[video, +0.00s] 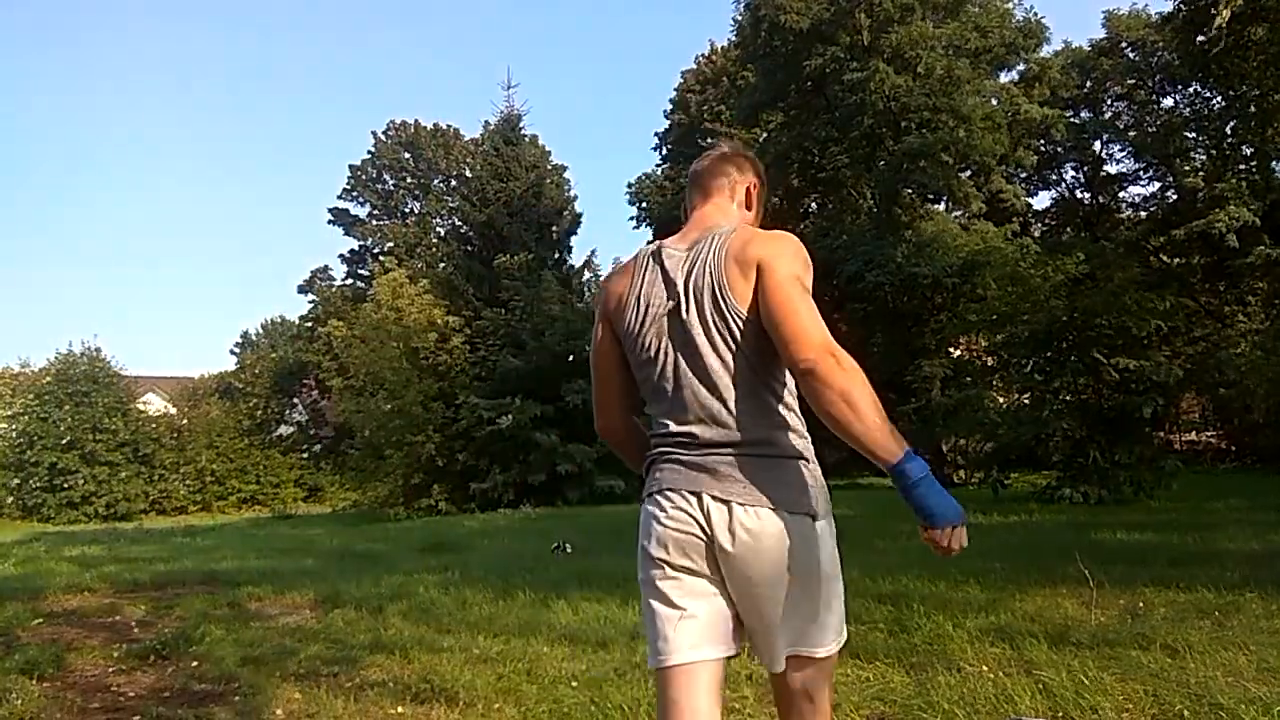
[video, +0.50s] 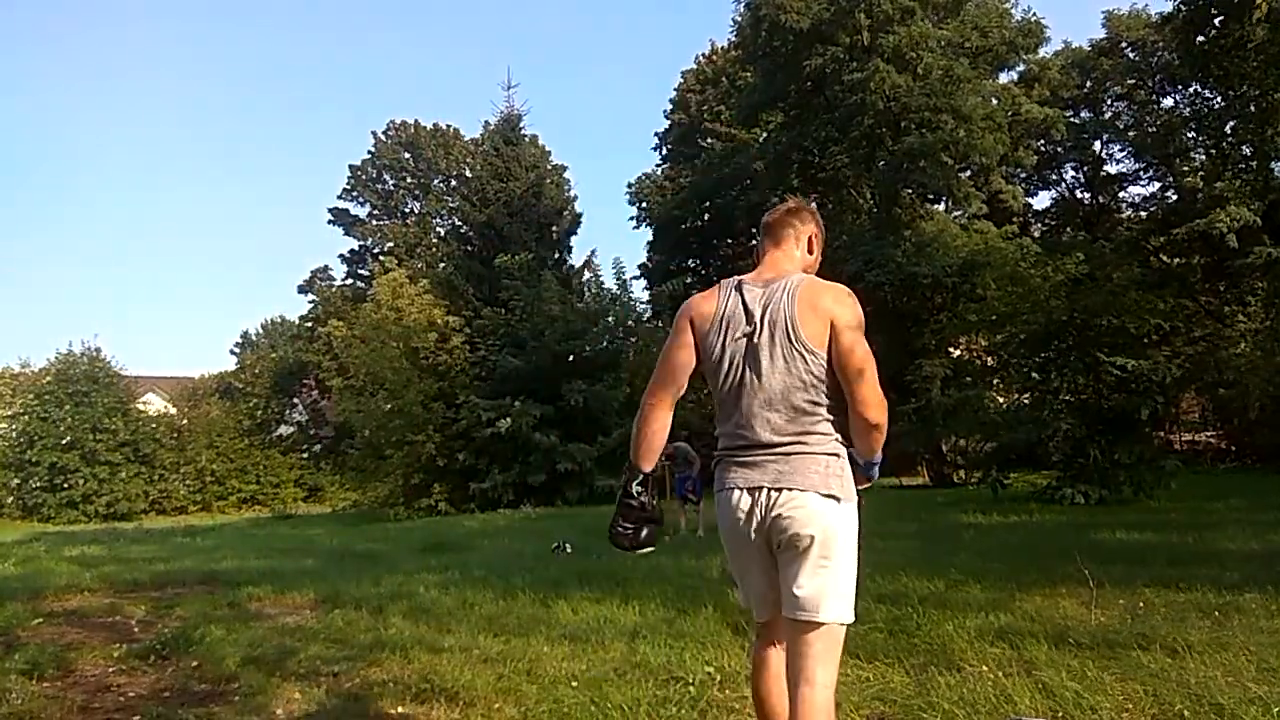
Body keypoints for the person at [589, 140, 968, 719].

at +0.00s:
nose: (756, 218)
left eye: (755, 210)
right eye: (759, 208)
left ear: (689, 200)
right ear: (747, 195)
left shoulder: (618, 284)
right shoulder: (766, 247)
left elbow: (612, 421)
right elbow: (816, 364)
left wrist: (674, 471)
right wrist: (915, 477)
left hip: (671, 507)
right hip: (775, 507)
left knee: (685, 706)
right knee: (805, 695)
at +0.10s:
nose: (777, 227)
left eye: (778, 216)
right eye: (780, 214)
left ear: (711, 210)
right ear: (769, 205)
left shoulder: (643, 289)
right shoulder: (788, 270)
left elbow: (634, 429)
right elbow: (829, 391)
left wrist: (672, 492)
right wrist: (915, 500)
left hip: (691, 512)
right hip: (790, 512)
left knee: (699, 706)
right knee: (805, 702)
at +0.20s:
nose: (793, 234)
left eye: (792, 222)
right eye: (795, 221)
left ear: (725, 216)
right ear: (783, 215)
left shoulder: (660, 290)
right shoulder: (804, 282)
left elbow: (645, 410)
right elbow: (840, 409)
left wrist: (646, 507)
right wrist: (905, 515)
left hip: (705, 507)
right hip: (797, 504)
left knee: (722, 692)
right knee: (811, 686)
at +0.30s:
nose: (801, 244)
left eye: (802, 233)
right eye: (804, 231)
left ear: (742, 221)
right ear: (796, 221)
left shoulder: (676, 291)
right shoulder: (816, 284)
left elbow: (646, 401)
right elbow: (844, 408)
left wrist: (628, 498)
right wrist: (889, 500)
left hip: (718, 501)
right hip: (804, 498)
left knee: (746, 664)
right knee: (812, 676)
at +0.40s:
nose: (812, 250)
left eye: (811, 240)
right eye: (813, 239)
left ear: (753, 231)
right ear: (803, 230)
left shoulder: (689, 294)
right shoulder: (824, 288)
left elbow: (649, 392)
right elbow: (857, 407)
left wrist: (625, 485)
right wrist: (875, 477)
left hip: (726, 497)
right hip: (810, 496)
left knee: (761, 635)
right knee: (812, 675)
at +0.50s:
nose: (817, 262)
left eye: (817, 254)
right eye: (818, 253)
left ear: (761, 245)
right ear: (809, 244)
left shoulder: (702, 306)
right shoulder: (831, 298)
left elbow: (659, 398)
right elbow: (870, 412)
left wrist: (637, 488)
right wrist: (864, 467)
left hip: (736, 496)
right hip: (815, 493)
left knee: (768, 638)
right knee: (814, 674)